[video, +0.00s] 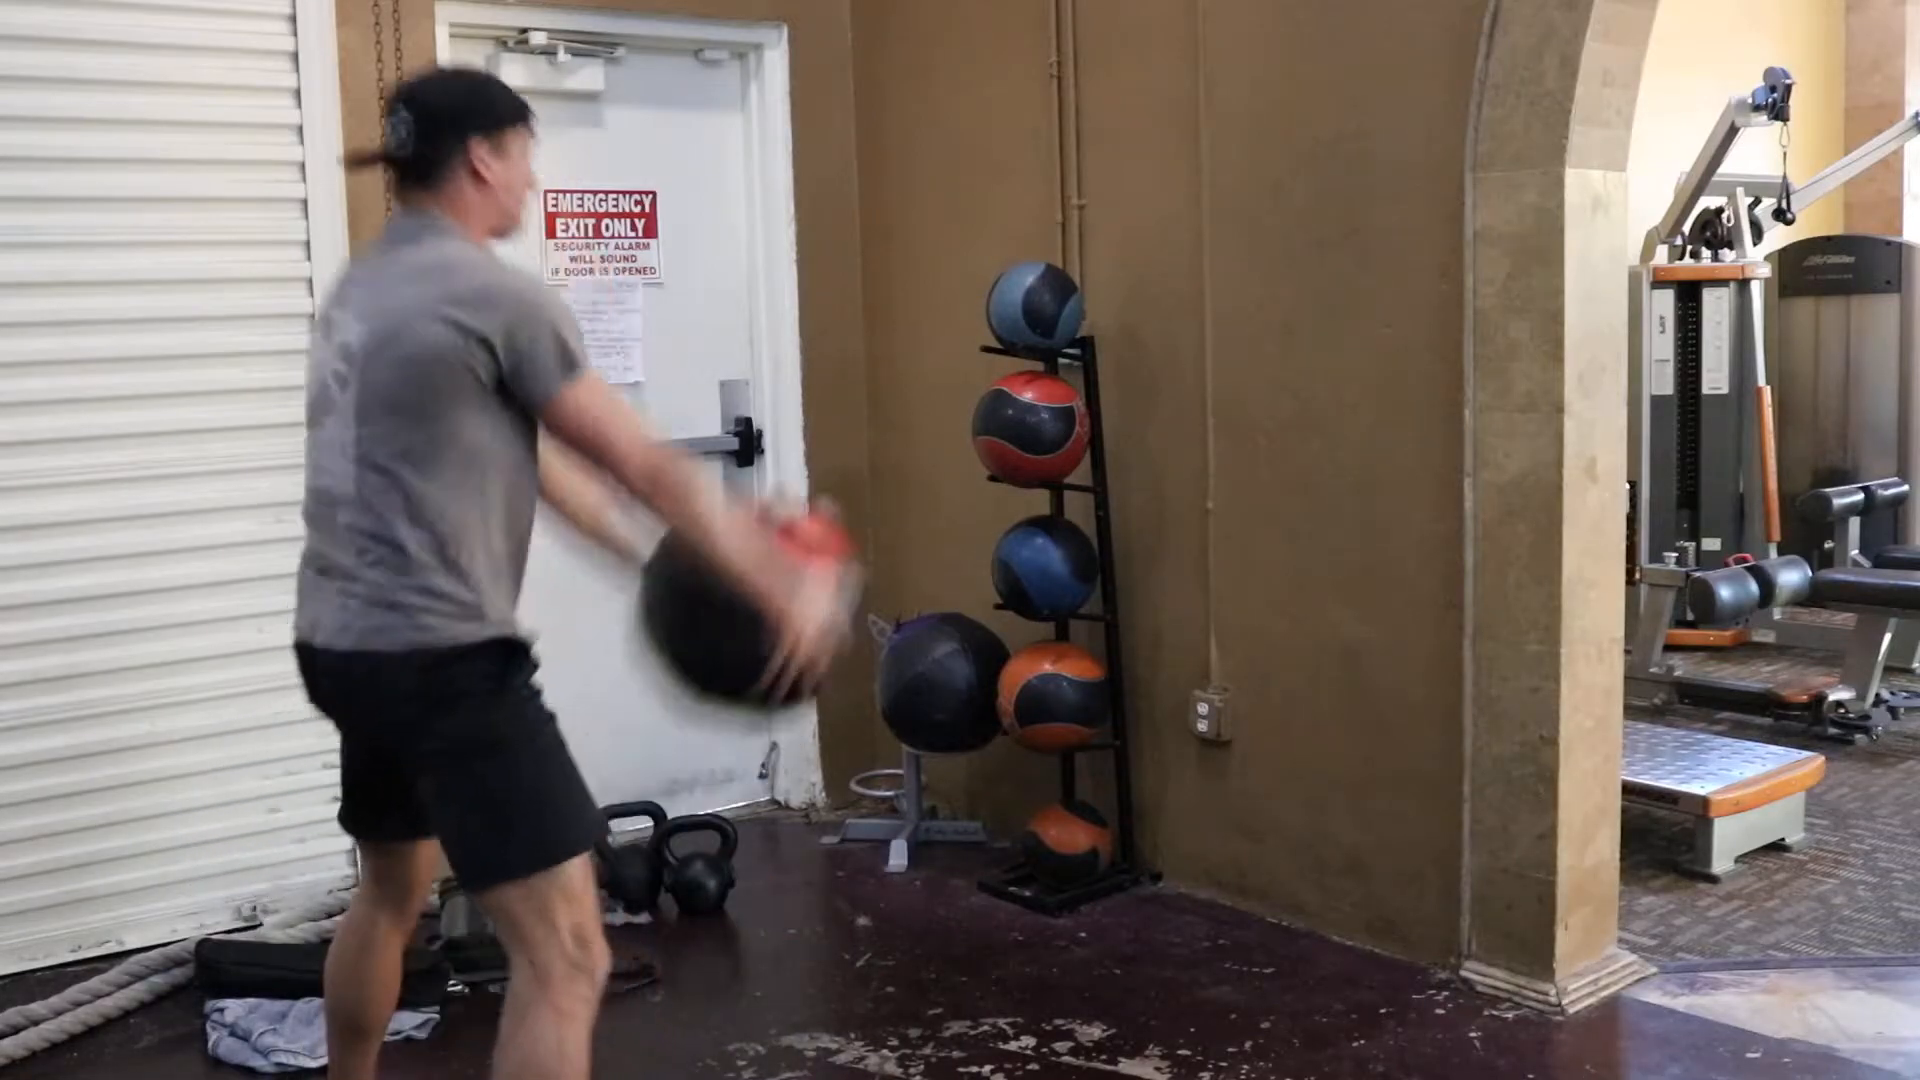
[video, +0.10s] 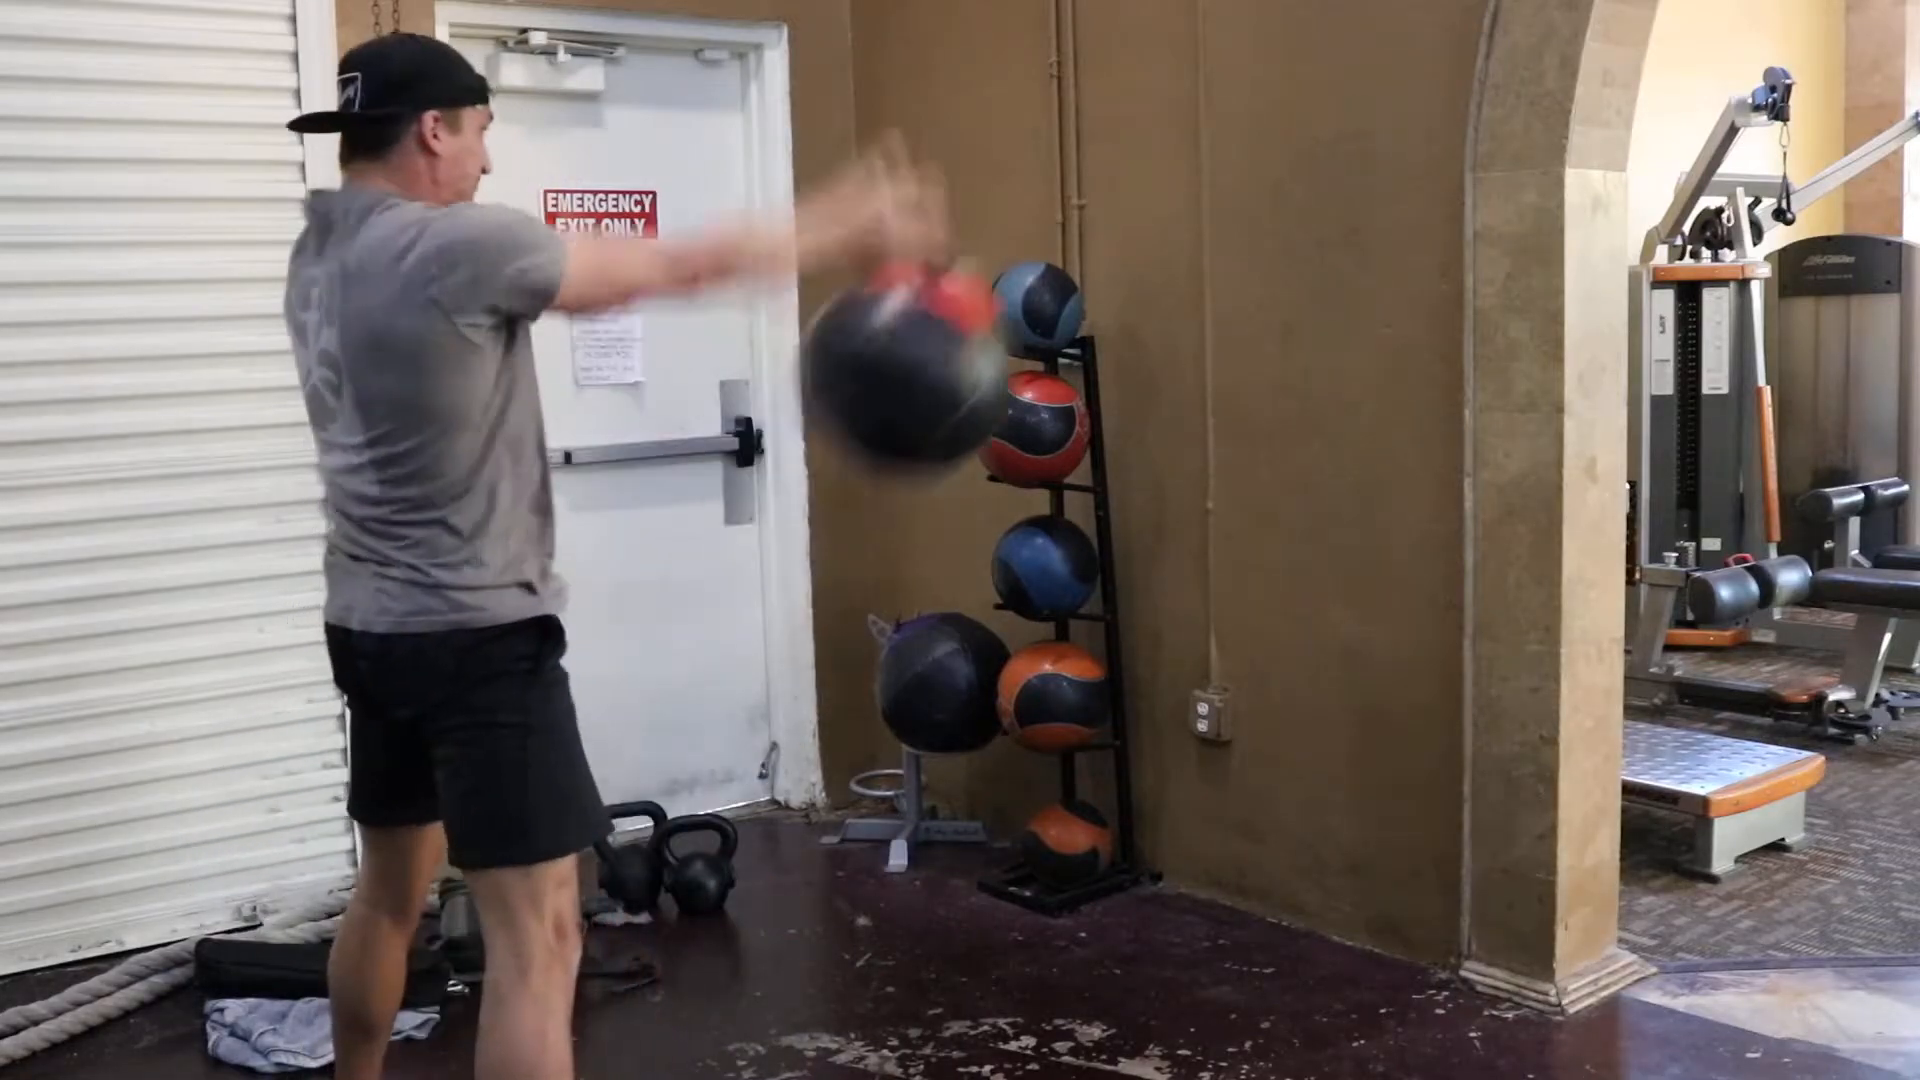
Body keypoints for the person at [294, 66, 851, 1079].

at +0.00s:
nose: (532, 179)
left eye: (529, 156)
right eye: (523, 155)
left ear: (434, 162)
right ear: (481, 160)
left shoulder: (363, 284)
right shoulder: (493, 293)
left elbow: (533, 459)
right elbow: (642, 462)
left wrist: (665, 561)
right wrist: (786, 590)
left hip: (342, 645)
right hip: (448, 655)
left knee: (390, 894)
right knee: (564, 956)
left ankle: (346, 1073)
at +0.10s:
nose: (486, 156)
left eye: (484, 133)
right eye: (477, 133)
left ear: (383, 135)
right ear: (430, 135)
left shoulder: (322, 239)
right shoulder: (457, 245)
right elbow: (679, 265)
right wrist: (848, 223)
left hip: (369, 630)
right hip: (480, 636)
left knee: (387, 898)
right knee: (534, 944)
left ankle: (355, 1072)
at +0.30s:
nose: (508, 159)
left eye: (499, 143)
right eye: (502, 144)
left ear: (400, 142)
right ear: (475, 151)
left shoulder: (340, 254)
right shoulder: (458, 245)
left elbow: (432, 79)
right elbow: (567, 24)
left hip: (387, 639)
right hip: (493, 646)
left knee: (394, 901)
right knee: (515, 955)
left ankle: (353, 1069)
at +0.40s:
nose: (522, 175)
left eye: (515, 156)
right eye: (513, 158)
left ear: (394, 147)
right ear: (467, 160)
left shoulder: (347, 249)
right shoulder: (453, 244)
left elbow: (401, 49)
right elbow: (539, 16)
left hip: (393, 644)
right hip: (491, 650)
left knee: (394, 907)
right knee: (512, 966)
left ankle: (353, 1071)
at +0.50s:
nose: (511, 169)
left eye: (504, 152)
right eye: (505, 153)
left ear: (387, 146)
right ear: (471, 155)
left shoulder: (334, 252)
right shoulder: (445, 247)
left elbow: (401, 60)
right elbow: (561, 26)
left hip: (387, 644)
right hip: (486, 652)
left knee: (390, 908)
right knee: (512, 967)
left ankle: (354, 1074)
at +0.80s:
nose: (497, 199)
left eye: (499, 174)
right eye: (492, 171)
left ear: (380, 162)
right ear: (441, 159)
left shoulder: (295, 281)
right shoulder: (440, 286)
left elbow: (425, 346)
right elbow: (680, 349)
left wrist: (574, 306)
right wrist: (791, 263)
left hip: (343, 651)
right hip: (451, 664)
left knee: (366, 920)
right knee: (491, 969)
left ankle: (343, 1077)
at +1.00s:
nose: (539, 201)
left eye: (542, 178)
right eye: (536, 174)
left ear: (439, 165)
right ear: (487, 166)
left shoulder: (323, 290)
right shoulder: (467, 308)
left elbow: (356, 491)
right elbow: (546, 561)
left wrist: (485, 593)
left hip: (329, 654)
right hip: (425, 672)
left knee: (364, 921)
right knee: (484, 968)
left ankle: (340, 1078)